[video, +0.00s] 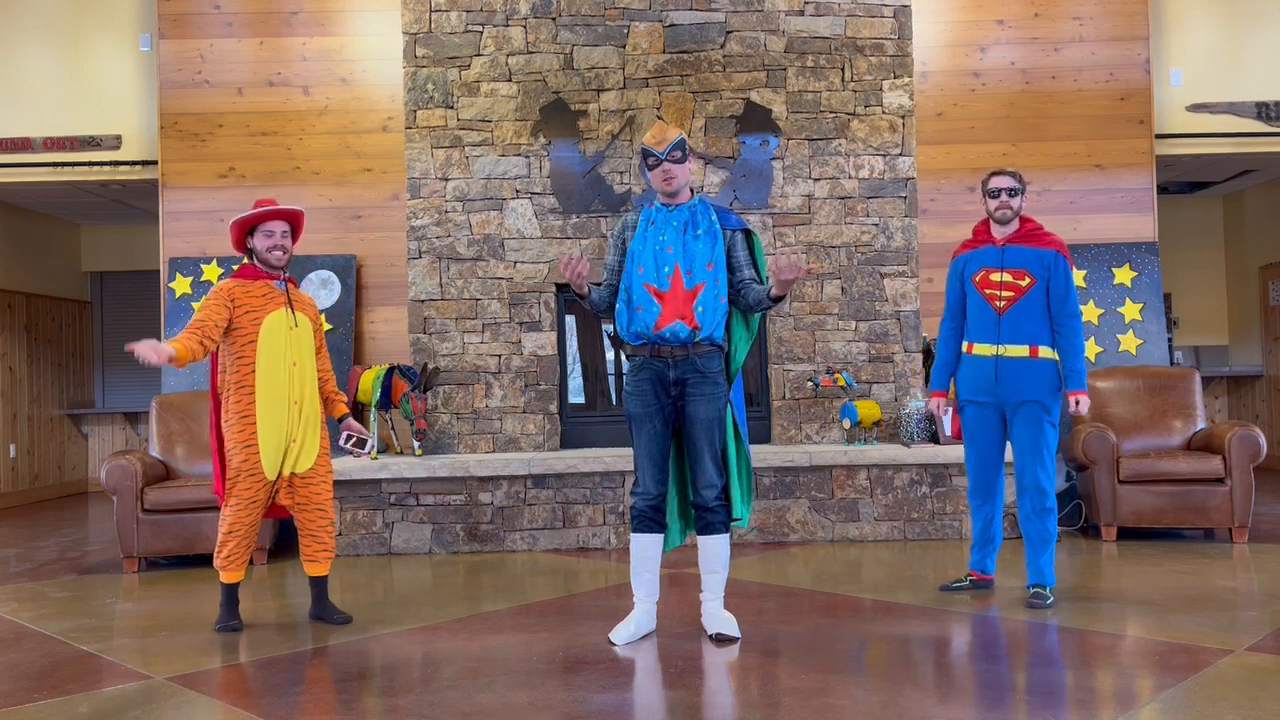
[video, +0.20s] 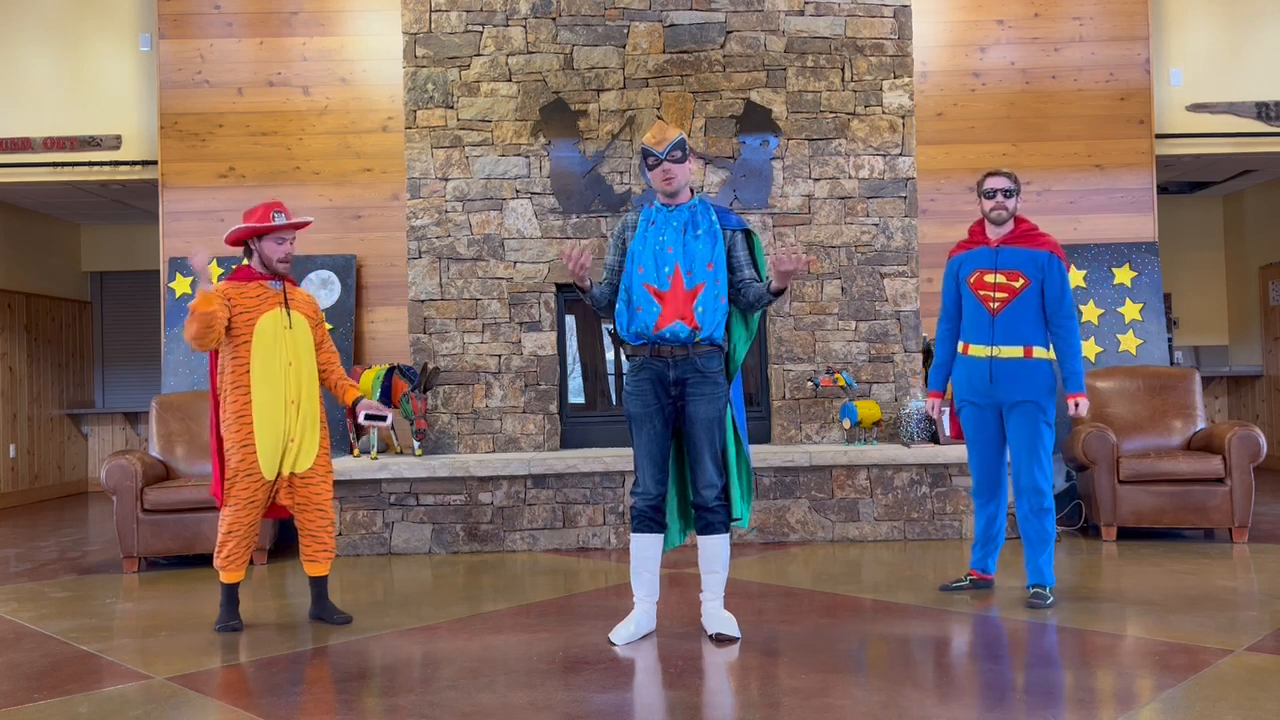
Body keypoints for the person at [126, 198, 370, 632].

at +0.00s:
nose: (278, 242)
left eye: (285, 235)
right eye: (268, 235)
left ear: (293, 243)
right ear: (250, 243)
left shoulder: (305, 302)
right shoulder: (230, 293)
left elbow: (321, 367)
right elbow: (199, 336)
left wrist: (343, 415)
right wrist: (169, 351)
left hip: (304, 420)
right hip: (250, 422)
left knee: (318, 502)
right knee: (244, 505)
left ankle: (321, 600)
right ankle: (229, 605)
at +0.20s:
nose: (289, 249)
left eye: (292, 240)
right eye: (279, 241)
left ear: (294, 243)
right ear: (254, 246)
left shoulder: (305, 300)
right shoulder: (229, 294)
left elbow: (328, 363)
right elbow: (201, 338)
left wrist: (355, 399)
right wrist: (205, 283)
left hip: (304, 422)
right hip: (250, 425)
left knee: (318, 504)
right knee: (243, 506)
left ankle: (321, 601)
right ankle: (229, 606)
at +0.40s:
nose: (291, 250)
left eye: (293, 243)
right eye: (283, 242)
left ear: (292, 248)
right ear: (257, 246)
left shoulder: (302, 300)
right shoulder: (225, 293)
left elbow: (327, 352)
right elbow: (227, 331)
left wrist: (361, 361)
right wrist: (266, 279)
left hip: (304, 425)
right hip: (248, 427)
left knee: (316, 503)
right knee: (242, 506)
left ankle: (321, 601)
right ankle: (229, 606)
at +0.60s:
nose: (292, 249)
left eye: (294, 241)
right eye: (282, 241)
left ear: (293, 245)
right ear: (255, 245)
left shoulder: (299, 296)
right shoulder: (225, 295)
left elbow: (325, 354)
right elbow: (231, 337)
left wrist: (347, 337)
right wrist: (289, 316)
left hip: (303, 423)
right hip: (249, 427)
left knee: (317, 504)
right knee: (242, 508)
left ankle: (320, 601)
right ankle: (229, 606)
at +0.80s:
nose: (290, 249)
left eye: (292, 242)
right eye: (280, 242)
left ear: (293, 245)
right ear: (255, 245)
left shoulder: (301, 298)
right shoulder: (224, 296)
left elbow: (325, 356)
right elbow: (230, 342)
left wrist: (339, 329)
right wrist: (290, 328)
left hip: (304, 420)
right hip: (249, 424)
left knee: (317, 502)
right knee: (242, 507)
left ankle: (321, 600)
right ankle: (229, 606)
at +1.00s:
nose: (288, 250)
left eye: (290, 242)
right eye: (279, 242)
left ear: (291, 246)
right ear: (253, 245)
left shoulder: (301, 298)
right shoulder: (224, 295)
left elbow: (325, 356)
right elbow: (230, 343)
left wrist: (342, 331)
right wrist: (295, 330)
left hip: (303, 420)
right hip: (249, 423)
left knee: (316, 502)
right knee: (242, 505)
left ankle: (320, 600)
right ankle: (229, 606)